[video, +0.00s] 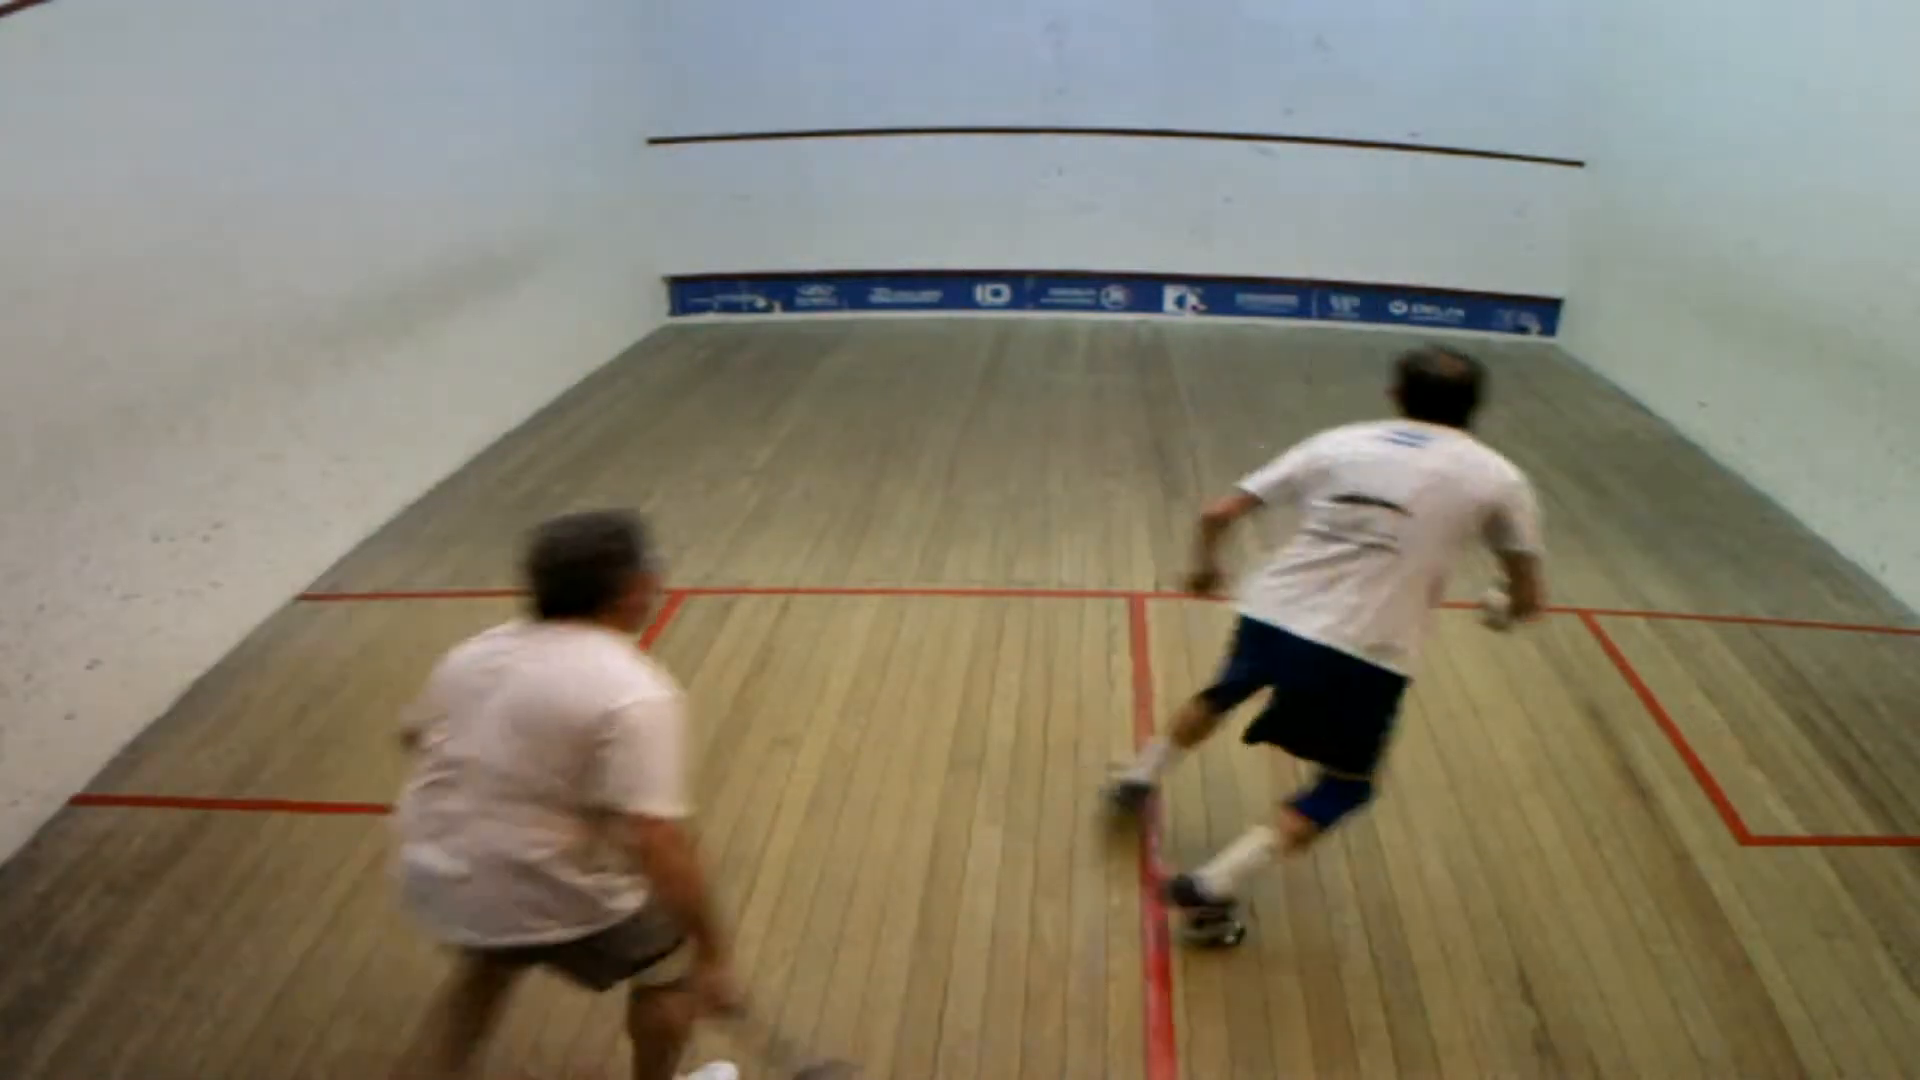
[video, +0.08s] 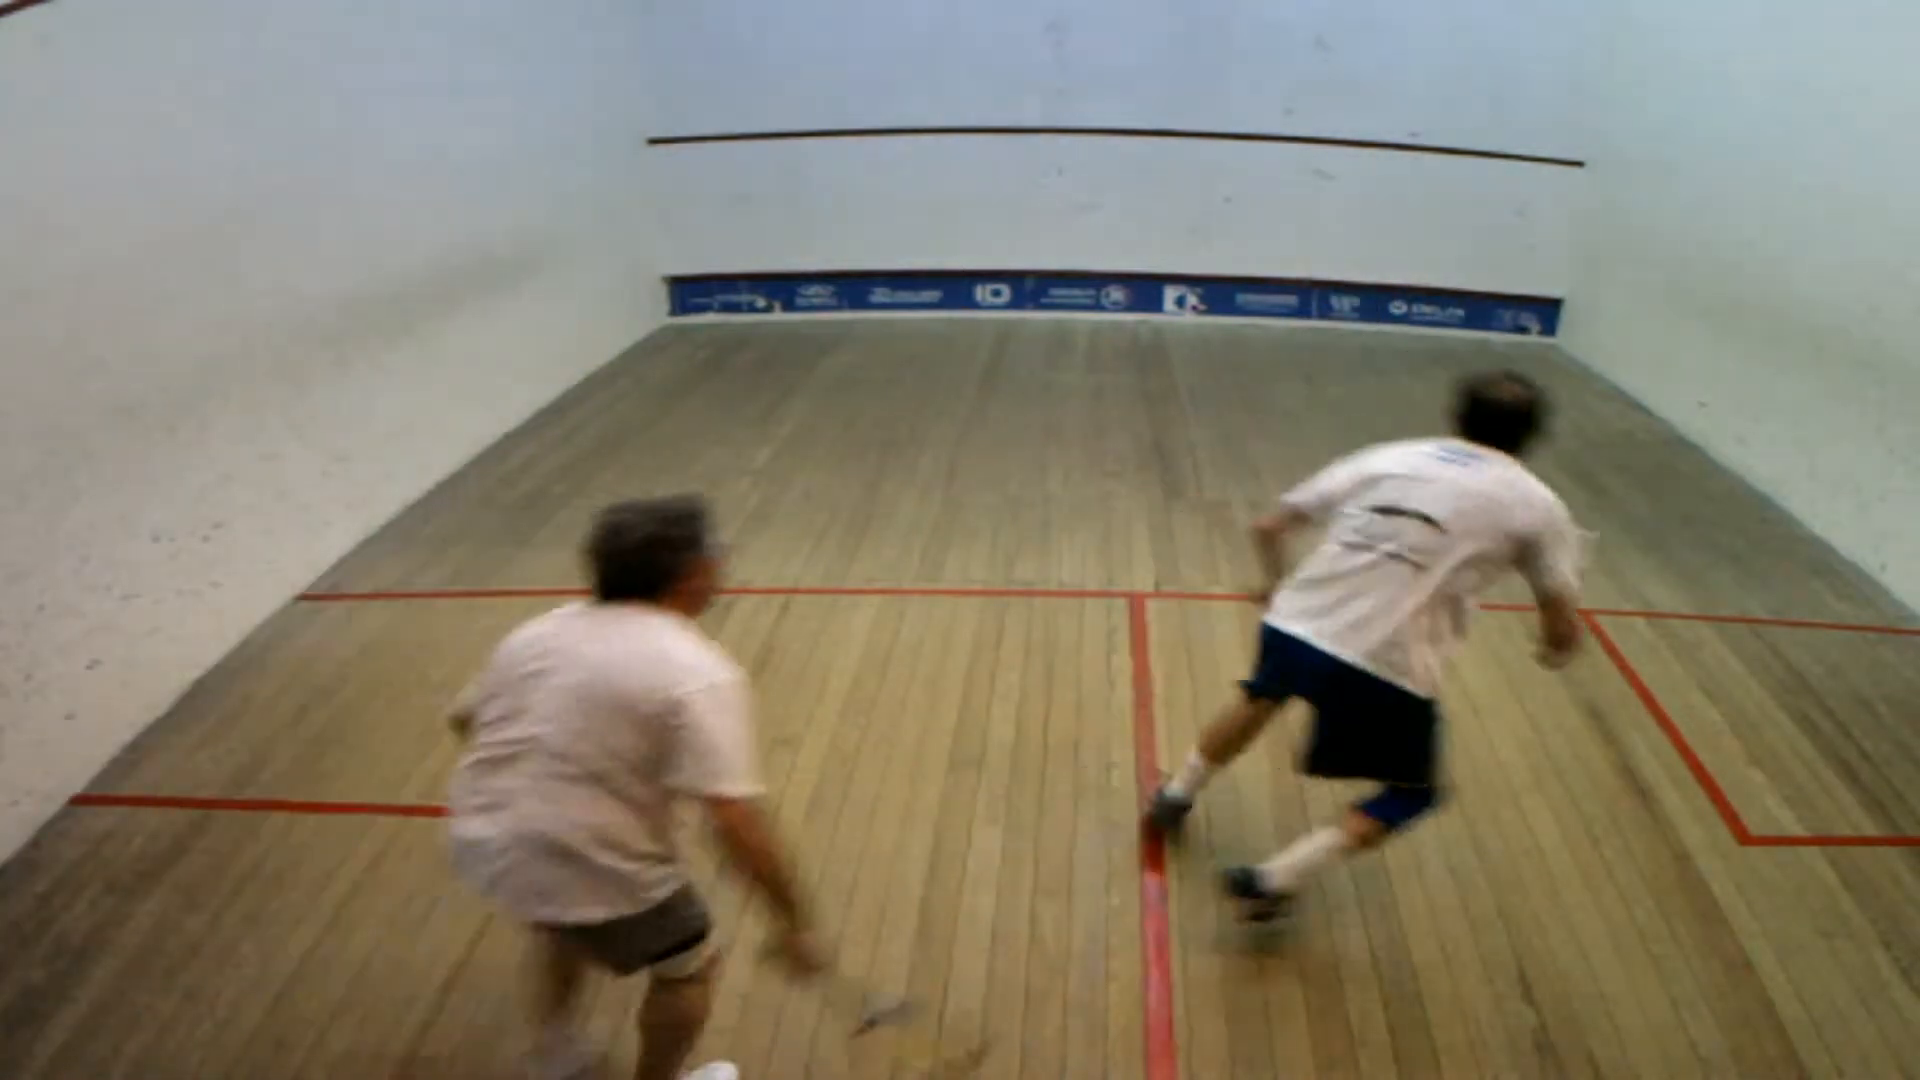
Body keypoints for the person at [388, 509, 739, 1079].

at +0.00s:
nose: (654, 585)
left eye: (649, 572)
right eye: (646, 574)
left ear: (546, 587)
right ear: (628, 592)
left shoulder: (476, 653)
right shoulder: (635, 688)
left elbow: (416, 735)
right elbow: (655, 838)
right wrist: (713, 954)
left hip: (435, 871)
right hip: (542, 887)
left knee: (499, 950)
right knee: (669, 957)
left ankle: (438, 1064)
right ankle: (659, 1072)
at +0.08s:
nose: (717, 570)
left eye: (710, 557)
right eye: (708, 559)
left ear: (610, 572)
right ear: (684, 578)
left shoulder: (543, 631)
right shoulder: (698, 667)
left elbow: (468, 718)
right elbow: (733, 816)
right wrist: (791, 919)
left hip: (484, 840)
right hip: (590, 858)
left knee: (563, 925)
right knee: (687, 963)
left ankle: (553, 1050)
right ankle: (657, 1073)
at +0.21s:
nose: (811, 526)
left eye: (806, 514)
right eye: (803, 516)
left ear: (708, 528)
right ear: (778, 535)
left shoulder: (634, 593)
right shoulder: (798, 620)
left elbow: (547, 674)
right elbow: (866, 757)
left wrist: (542, 775)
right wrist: (929, 837)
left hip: (603, 805)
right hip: (699, 824)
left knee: (701, 882)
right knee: (726, 950)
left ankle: (766, 931)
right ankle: (664, 1068)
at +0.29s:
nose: (872, 498)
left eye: (866, 486)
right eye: (862, 488)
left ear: (770, 501)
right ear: (836, 506)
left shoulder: (696, 565)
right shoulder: (865, 588)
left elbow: (619, 640)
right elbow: (924, 719)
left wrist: (603, 738)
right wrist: (984, 794)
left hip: (700, 777)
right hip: (790, 794)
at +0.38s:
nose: (933, 481)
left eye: (927, 470)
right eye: (923, 473)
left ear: (839, 485)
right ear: (901, 491)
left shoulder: (777, 548)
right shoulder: (929, 574)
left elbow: (710, 622)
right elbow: (974, 703)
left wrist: (706, 705)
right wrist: (1029, 774)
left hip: (770, 737)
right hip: (862, 756)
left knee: (838, 792)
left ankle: (837, 878)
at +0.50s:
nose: (1030, 460)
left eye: (1023, 450)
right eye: (1019, 452)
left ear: (939, 463)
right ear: (996, 468)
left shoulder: (876, 523)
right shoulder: (1027, 550)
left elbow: (844, 606)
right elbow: (1057, 673)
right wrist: (1095, 751)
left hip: (858, 716)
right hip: (950, 732)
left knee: (888, 760)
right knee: (1059, 758)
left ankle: (842, 873)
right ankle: (1011, 869)